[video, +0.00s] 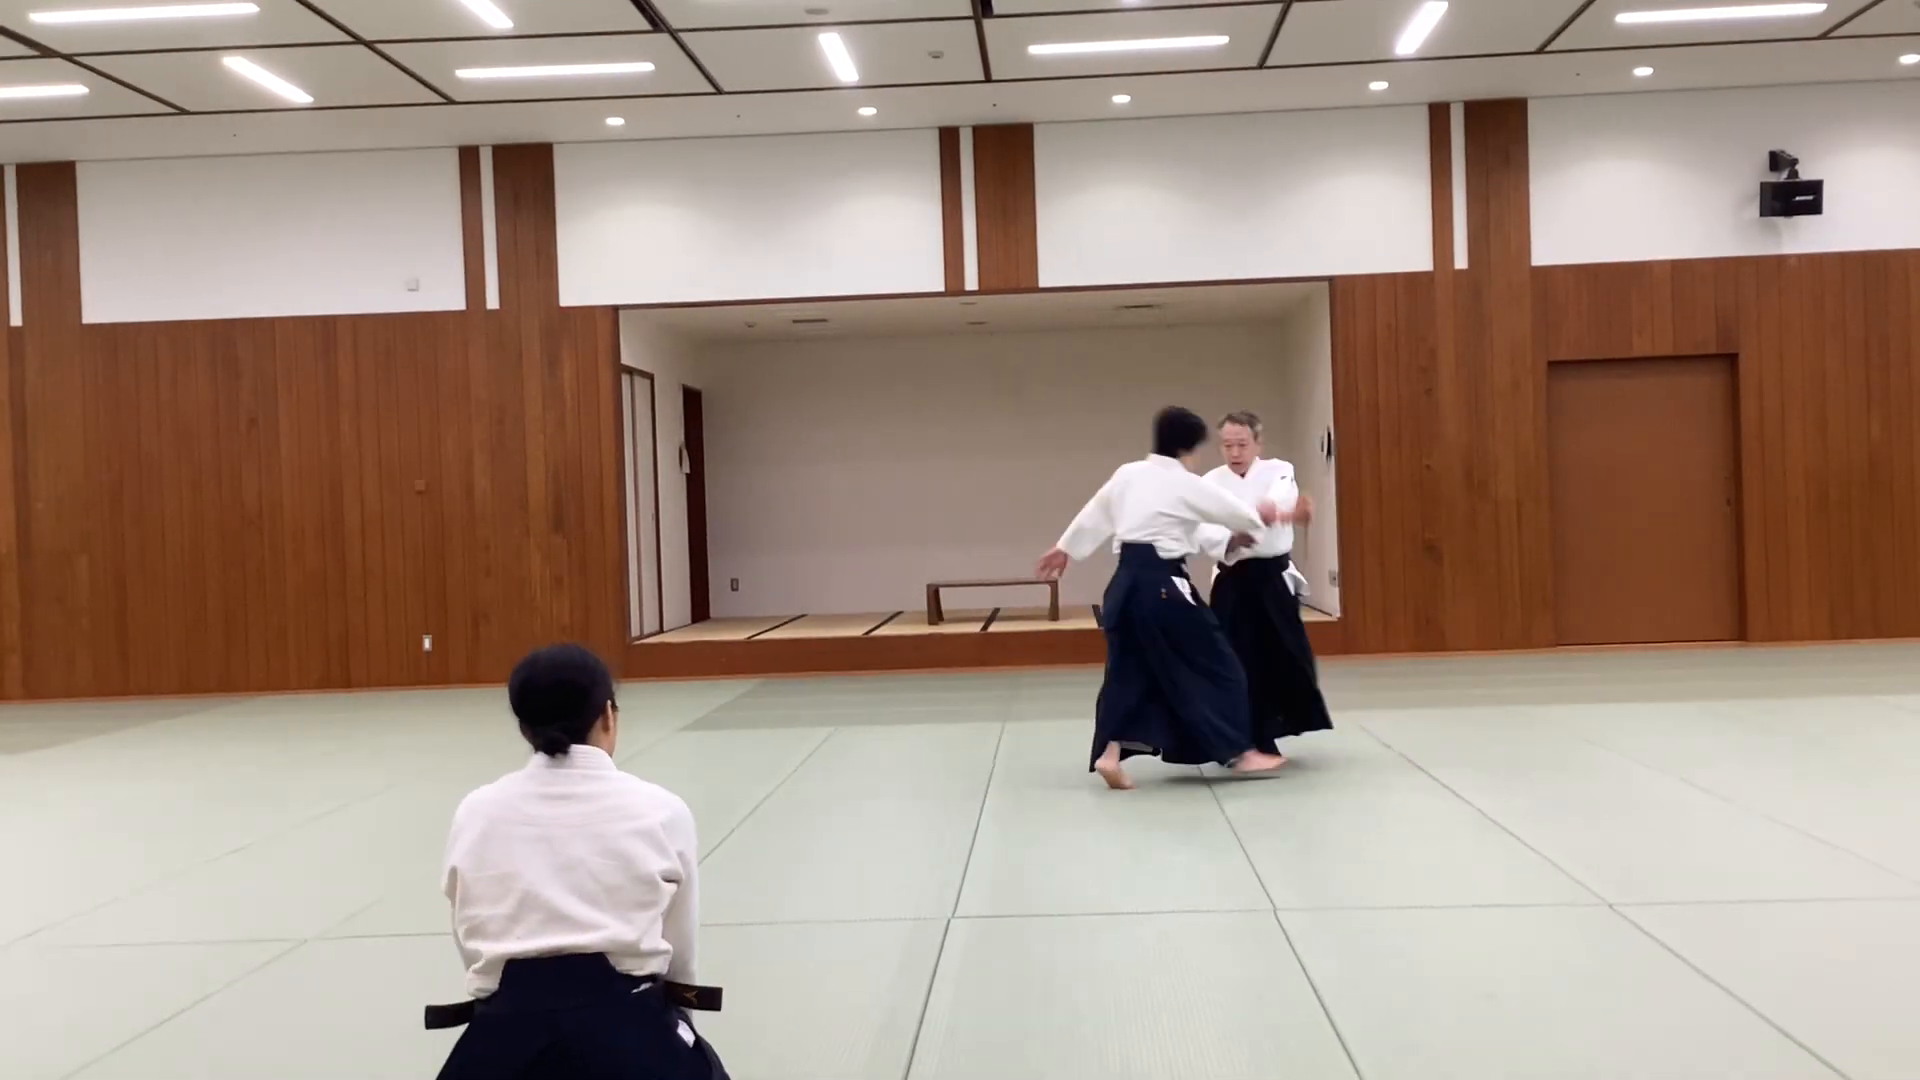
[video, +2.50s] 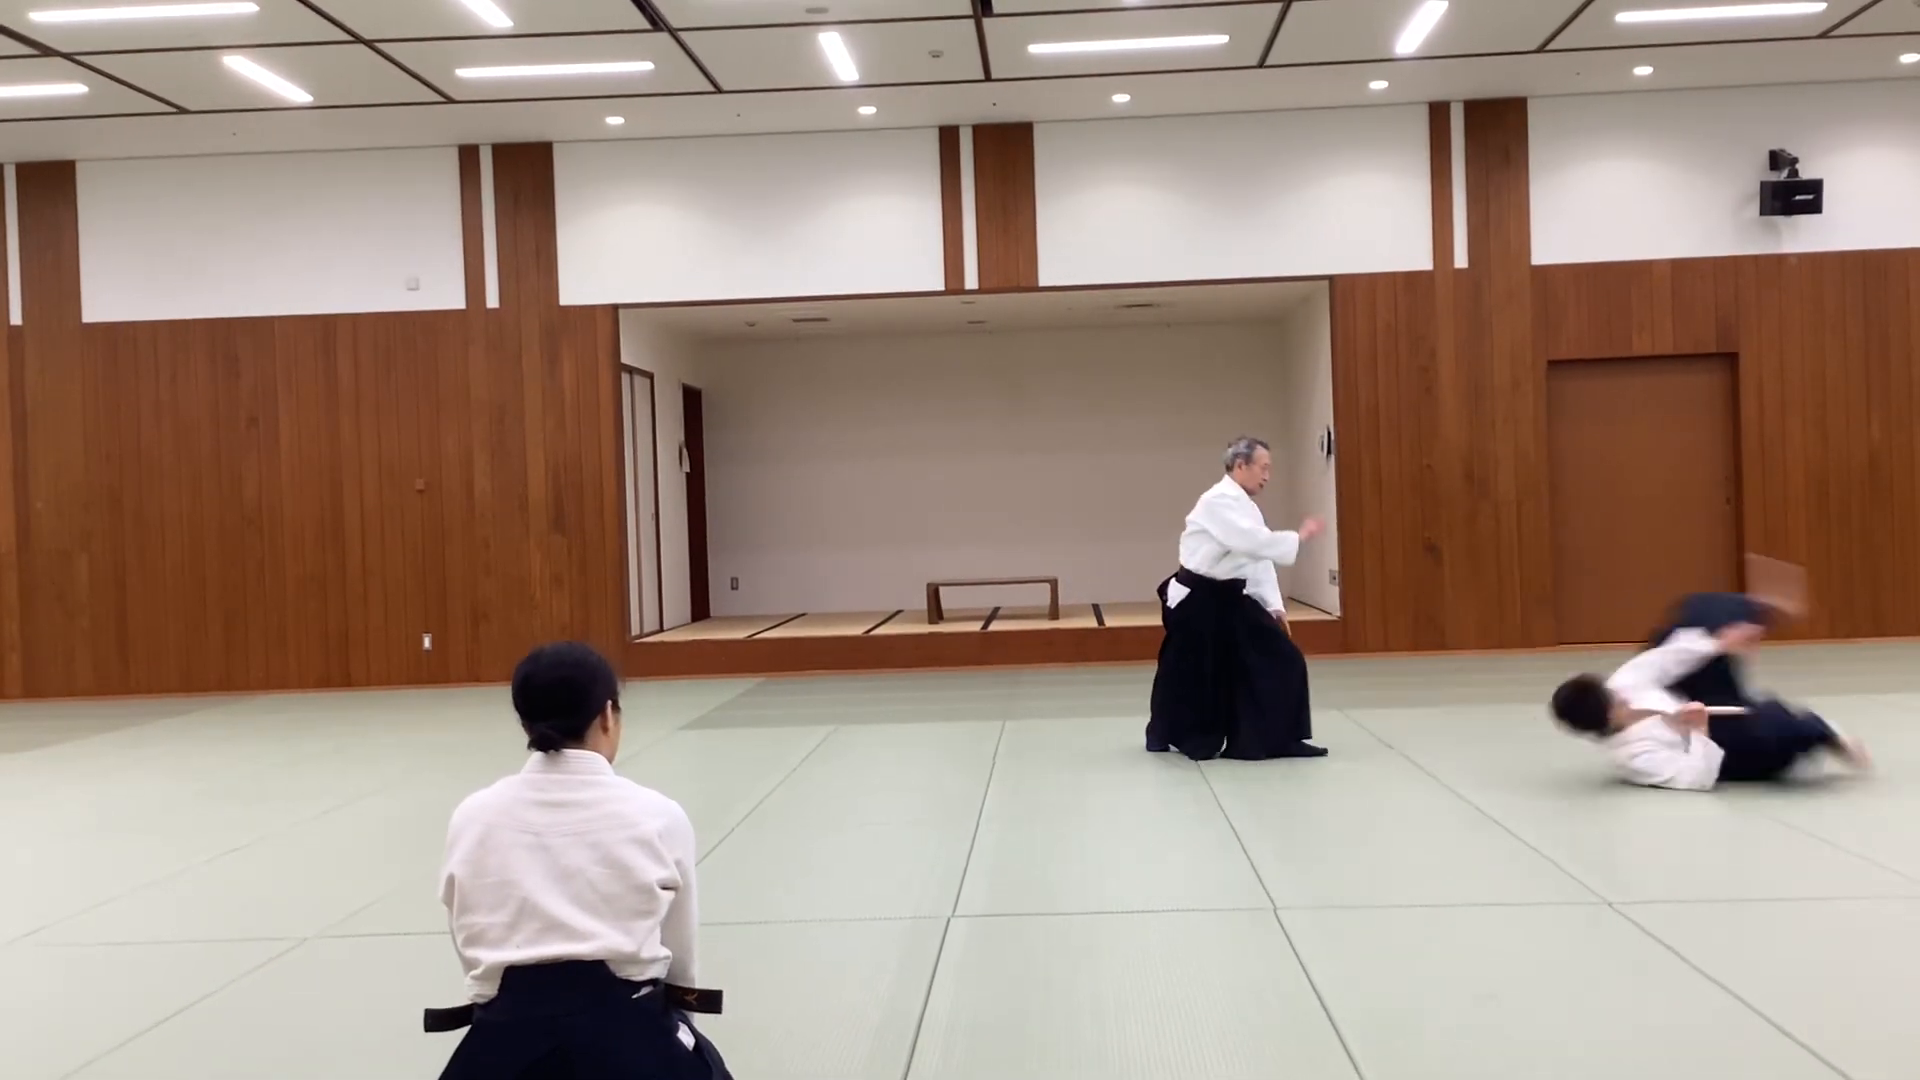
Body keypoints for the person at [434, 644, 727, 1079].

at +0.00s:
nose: (616, 719)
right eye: (615, 708)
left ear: (524, 727)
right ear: (607, 716)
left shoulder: (476, 812)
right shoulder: (661, 810)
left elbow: (472, 950)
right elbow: (680, 959)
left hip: (507, 1038)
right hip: (631, 1035)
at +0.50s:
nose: (618, 720)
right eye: (618, 710)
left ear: (528, 732)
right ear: (612, 718)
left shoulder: (480, 814)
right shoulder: (664, 816)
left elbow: (473, 949)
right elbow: (682, 964)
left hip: (509, 1040)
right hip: (631, 1038)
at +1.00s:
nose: (618, 719)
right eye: (618, 708)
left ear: (528, 732)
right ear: (612, 717)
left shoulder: (479, 815)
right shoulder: (664, 816)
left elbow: (473, 950)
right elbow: (682, 964)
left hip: (509, 1039)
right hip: (631, 1038)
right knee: (702, 1054)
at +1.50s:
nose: (618, 721)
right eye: (617, 711)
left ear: (527, 732)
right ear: (612, 718)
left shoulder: (478, 814)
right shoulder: (663, 815)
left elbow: (474, 952)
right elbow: (682, 967)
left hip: (507, 1042)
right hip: (631, 1041)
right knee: (701, 1052)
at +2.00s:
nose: (620, 721)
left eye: (618, 709)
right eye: (619, 710)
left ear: (527, 725)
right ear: (609, 717)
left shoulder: (475, 816)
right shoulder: (660, 817)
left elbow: (471, 951)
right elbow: (681, 965)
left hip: (507, 1042)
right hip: (630, 1040)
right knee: (701, 1052)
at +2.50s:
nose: (620, 723)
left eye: (619, 710)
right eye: (619, 711)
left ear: (527, 722)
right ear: (607, 717)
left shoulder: (472, 817)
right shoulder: (658, 816)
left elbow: (470, 951)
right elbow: (680, 964)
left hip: (506, 1044)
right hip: (630, 1042)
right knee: (700, 1051)